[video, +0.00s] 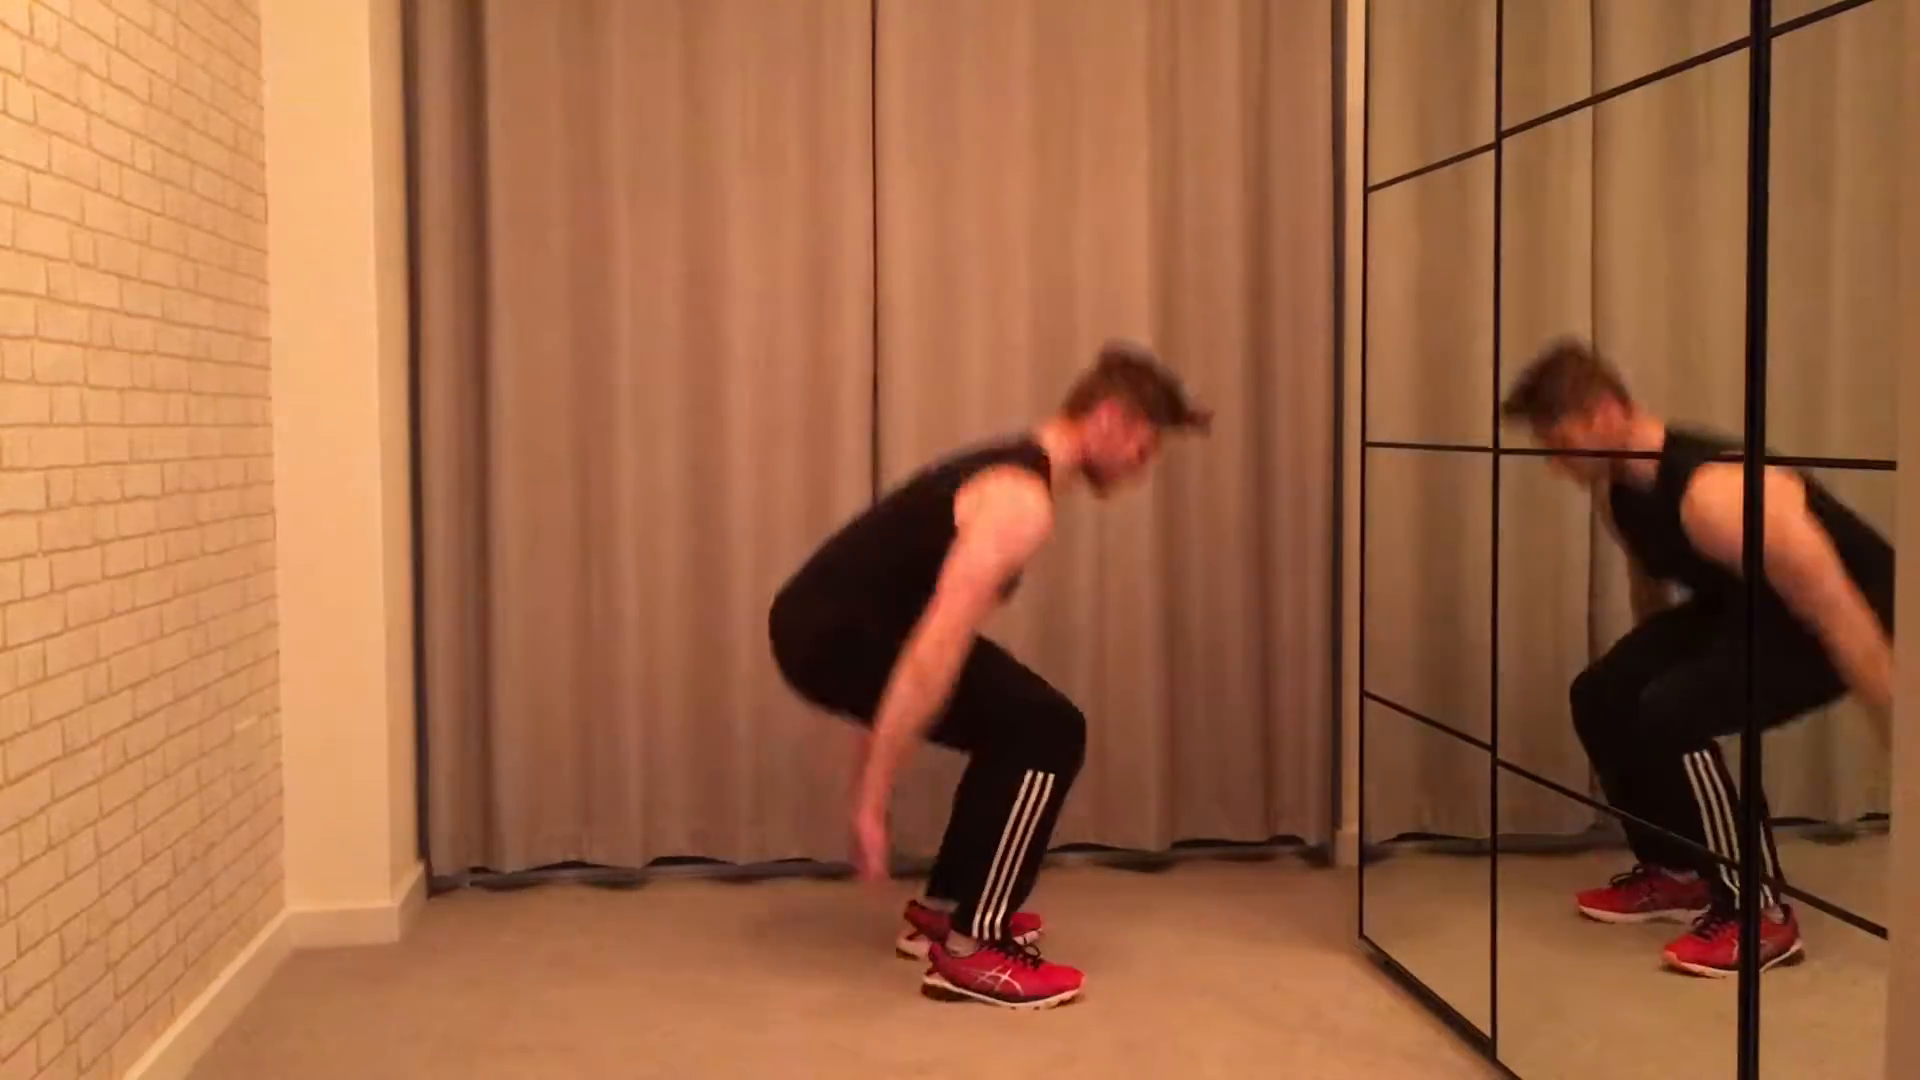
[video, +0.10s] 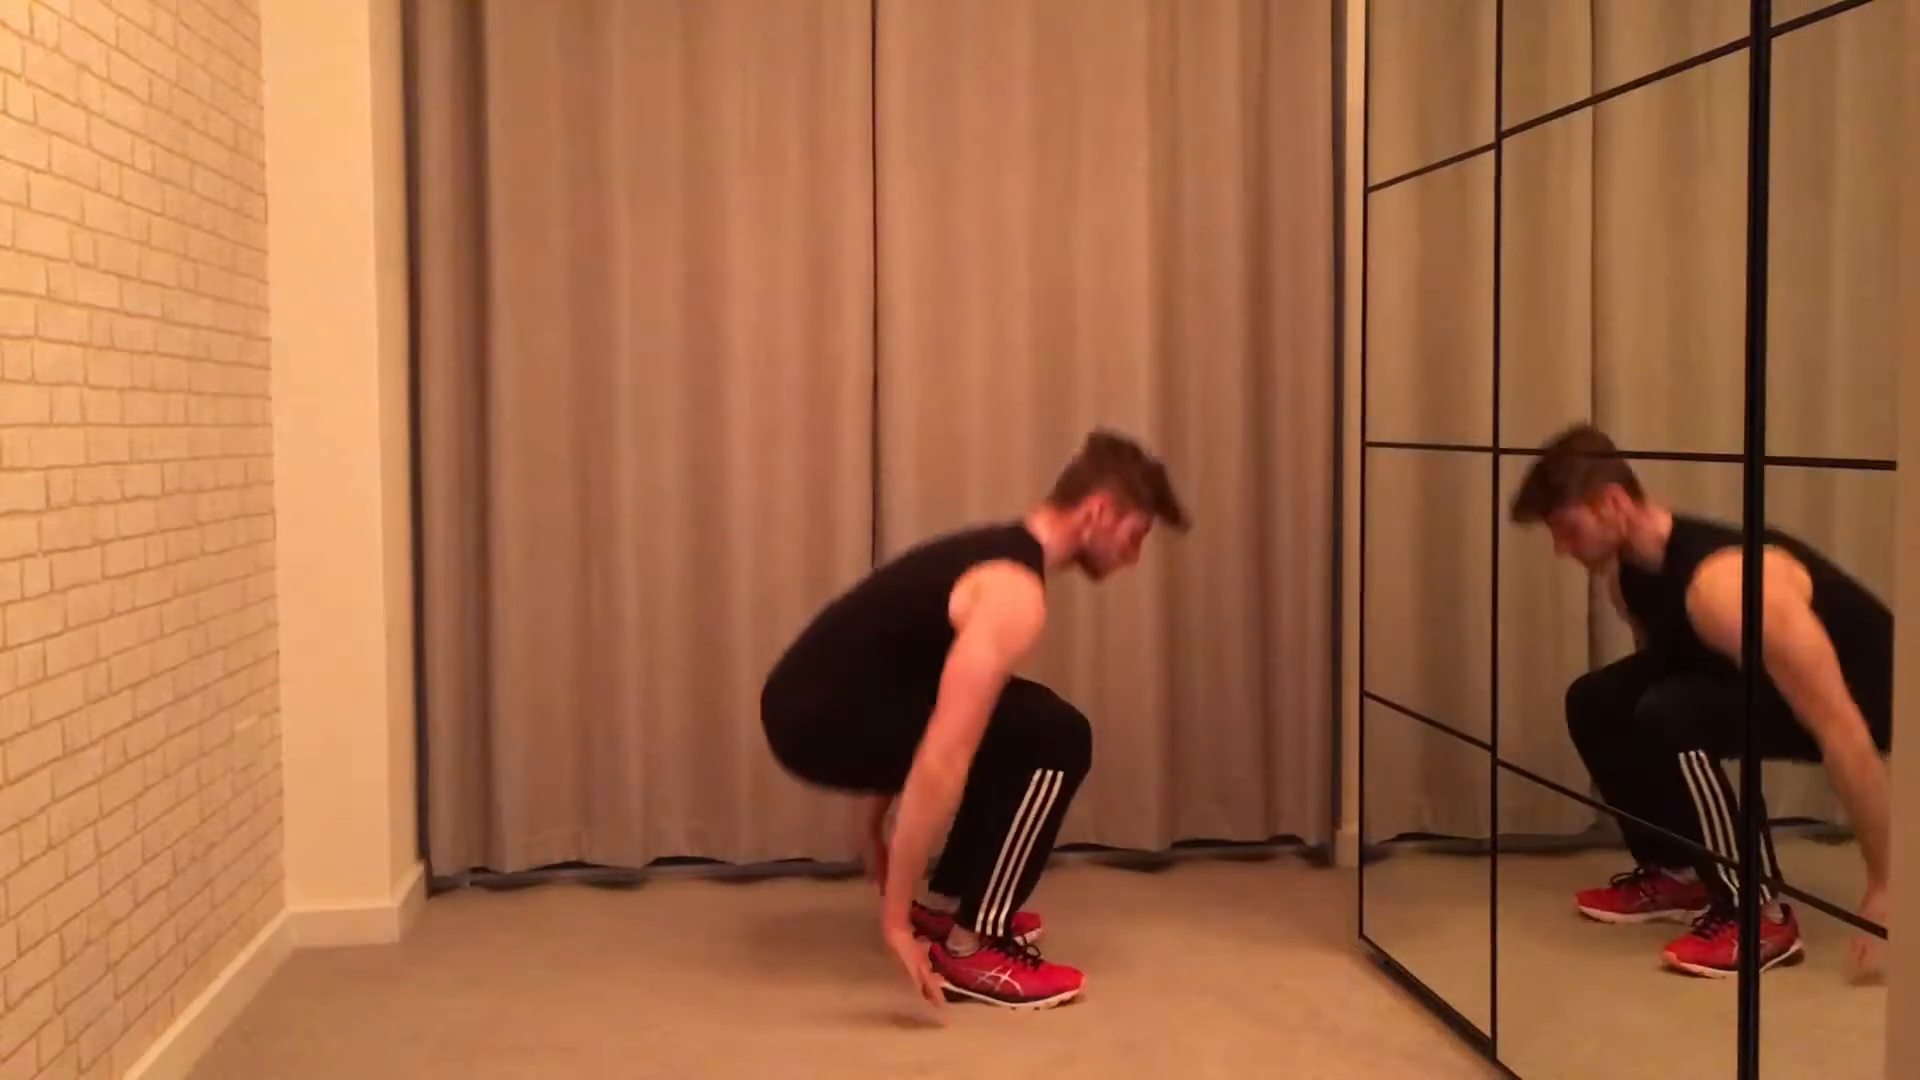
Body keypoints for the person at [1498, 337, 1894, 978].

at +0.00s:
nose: (1556, 463)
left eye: (1561, 443)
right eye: (1548, 449)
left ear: (1608, 414)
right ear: (1602, 417)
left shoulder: (1717, 495)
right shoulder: (1621, 485)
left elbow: (1842, 615)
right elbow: (1650, 594)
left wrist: (1903, 738)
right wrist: (1644, 680)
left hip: (1832, 622)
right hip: (1745, 605)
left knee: (1669, 714)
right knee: (1601, 699)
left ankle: (1758, 913)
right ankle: (1676, 871)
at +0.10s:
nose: (1561, 547)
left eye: (1566, 527)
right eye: (1554, 531)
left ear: (1614, 503)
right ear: (1612, 507)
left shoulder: (1729, 587)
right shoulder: (1627, 573)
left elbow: (1845, 733)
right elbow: (1661, 675)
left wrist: (1885, 883)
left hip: (1860, 698)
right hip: (1765, 672)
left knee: (1671, 717)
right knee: (1595, 703)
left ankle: (1757, 915)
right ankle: (1674, 874)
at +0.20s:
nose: (1590, 584)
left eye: (1597, 564)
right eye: (1585, 568)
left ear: (1648, 544)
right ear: (1647, 547)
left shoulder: (1758, 636)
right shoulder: (1656, 621)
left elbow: (1855, 785)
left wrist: (1896, 929)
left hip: (1869, 769)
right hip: (1794, 744)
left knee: (1683, 725)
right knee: (1593, 706)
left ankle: (1756, 916)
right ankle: (1671, 873)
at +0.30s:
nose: (1654, 575)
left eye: (1667, 554)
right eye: (1652, 556)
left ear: (1721, 542)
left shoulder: (1820, 637)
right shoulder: (1712, 621)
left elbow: (1877, 799)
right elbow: (1726, 740)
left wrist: (1904, 939)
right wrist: (1757, 856)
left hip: (1847, 825)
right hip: (1783, 796)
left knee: (1688, 715)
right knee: (1592, 703)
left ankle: (1749, 914)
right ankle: (1670, 875)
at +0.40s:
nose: (1797, 565)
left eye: (1812, 547)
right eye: (1796, 547)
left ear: (1866, 543)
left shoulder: (1885, 639)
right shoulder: (1813, 627)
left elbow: (1906, 792)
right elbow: (1794, 742)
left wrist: (1902, 940)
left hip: (1826, 860)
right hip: (1775, 840)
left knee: (1717, 678)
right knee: (1619, 665)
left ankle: (1665, 881)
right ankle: (1631, 862)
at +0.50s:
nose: (1896, 597)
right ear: (1896, 597)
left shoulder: (1899, 666)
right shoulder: (1879, 658)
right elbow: (1835, 780)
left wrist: (1900, 955)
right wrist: (1754, 883)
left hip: (1846, 884)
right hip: (1785, 875)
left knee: (1748, 687)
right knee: (1650, 664)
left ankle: (1563, 836)